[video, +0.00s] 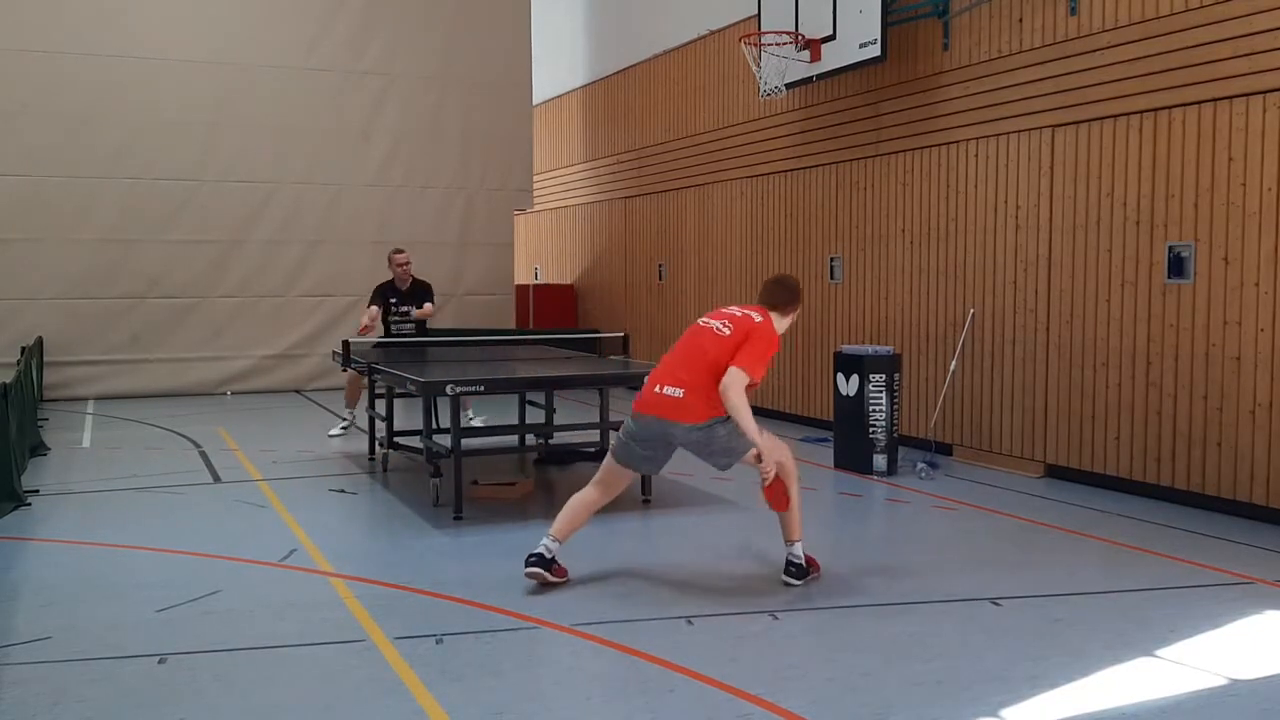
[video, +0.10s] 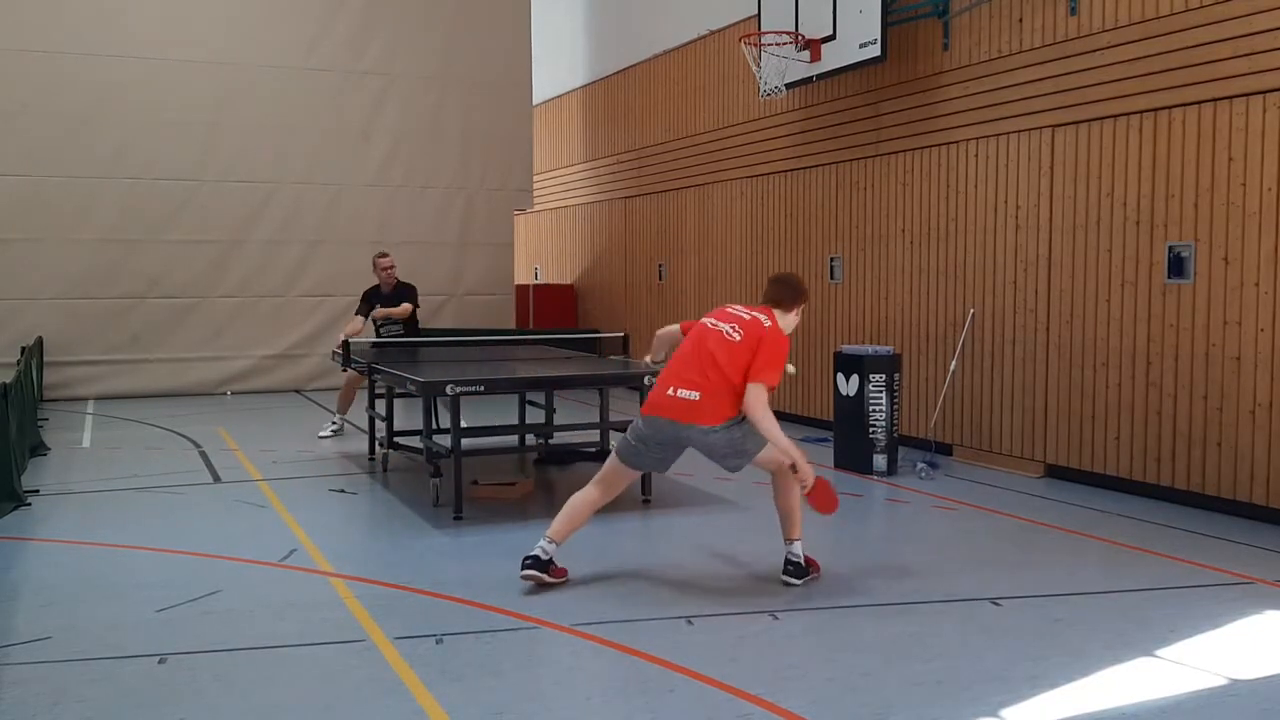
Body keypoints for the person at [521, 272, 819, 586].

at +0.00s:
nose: (792, 323)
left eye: (793, 316)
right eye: (794, 317)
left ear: (759, 299)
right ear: (791, 313)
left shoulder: (721, 313)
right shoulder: (766, 331)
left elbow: (690, 368)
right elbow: (732, 386)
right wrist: (759, 443)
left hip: (648, 410)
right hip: (698, 415)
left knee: (599, 489)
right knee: (783, 459)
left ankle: (543, 552)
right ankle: (796, 559)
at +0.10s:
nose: (798, 322)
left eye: (799, 314)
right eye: (799, 314)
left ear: (765, 300)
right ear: (793, 310)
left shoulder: (725, 313)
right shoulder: (775, 336)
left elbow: (667, 333)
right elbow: (755, 406)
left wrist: (654, 360)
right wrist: (797, 457)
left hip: (659, 410)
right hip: (713, 419)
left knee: (600, 488)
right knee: (786, 463)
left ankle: (540, 553)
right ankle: (795, 559)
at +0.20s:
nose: (798, 305)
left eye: (800, 298)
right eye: (800, 297)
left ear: (764, 282)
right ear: (792, 291)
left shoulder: (721, 293)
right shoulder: (788, 326)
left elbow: (654, 313)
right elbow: (792, 403)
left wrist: (658, 326)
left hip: (678, 403)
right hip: (735, 413)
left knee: (613, 484)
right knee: (788, 464)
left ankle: (545, 552)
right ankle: (796, 555)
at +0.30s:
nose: (794, 270)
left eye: (794, 265)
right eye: (795, 264)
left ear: (757, 255)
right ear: (792, 264)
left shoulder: (729, 272)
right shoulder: (796, 298)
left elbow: (662, 287)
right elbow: (803, 342)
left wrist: (671, 277)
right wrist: (782, 315)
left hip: (702, 387)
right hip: (758, 398)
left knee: (636, 471)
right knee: (789, 467)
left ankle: (568, 549)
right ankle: (797, 556)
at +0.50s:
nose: (733, 213)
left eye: (734, 208)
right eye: (737, 208)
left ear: (739, 210)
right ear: (774, 212)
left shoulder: (732, 239)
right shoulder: (791, 252)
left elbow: (691, 276)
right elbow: (787, 303)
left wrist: (650, 274)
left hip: (748, 366)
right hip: (797, 370)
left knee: (681, 457)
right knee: (806, 451)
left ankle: (682, 565)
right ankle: (833, 537)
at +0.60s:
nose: (728, 227)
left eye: (729, 222)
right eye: (731, 222)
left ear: (733, 224)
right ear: (769, 224)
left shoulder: (733, 255)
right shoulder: (786, 261)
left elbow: (715, 304)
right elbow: (781, 311)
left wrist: (663, 312)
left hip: (762, 382)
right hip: (808, 382)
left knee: (685, 463)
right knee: (822, 459)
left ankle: (682, 572)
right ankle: (869, 540)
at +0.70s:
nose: (732, 250)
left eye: (732, 244)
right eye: (732, 244)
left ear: (740, 245)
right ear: (772, 246)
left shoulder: (749, 276)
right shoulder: (794, 279)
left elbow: (738, 327)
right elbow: (777, 327)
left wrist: (687, 340)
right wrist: (723, 321)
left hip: (772, 401)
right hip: (819, 403)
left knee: (683, 466)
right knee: (840, 472)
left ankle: (680, 573)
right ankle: (889, 544)